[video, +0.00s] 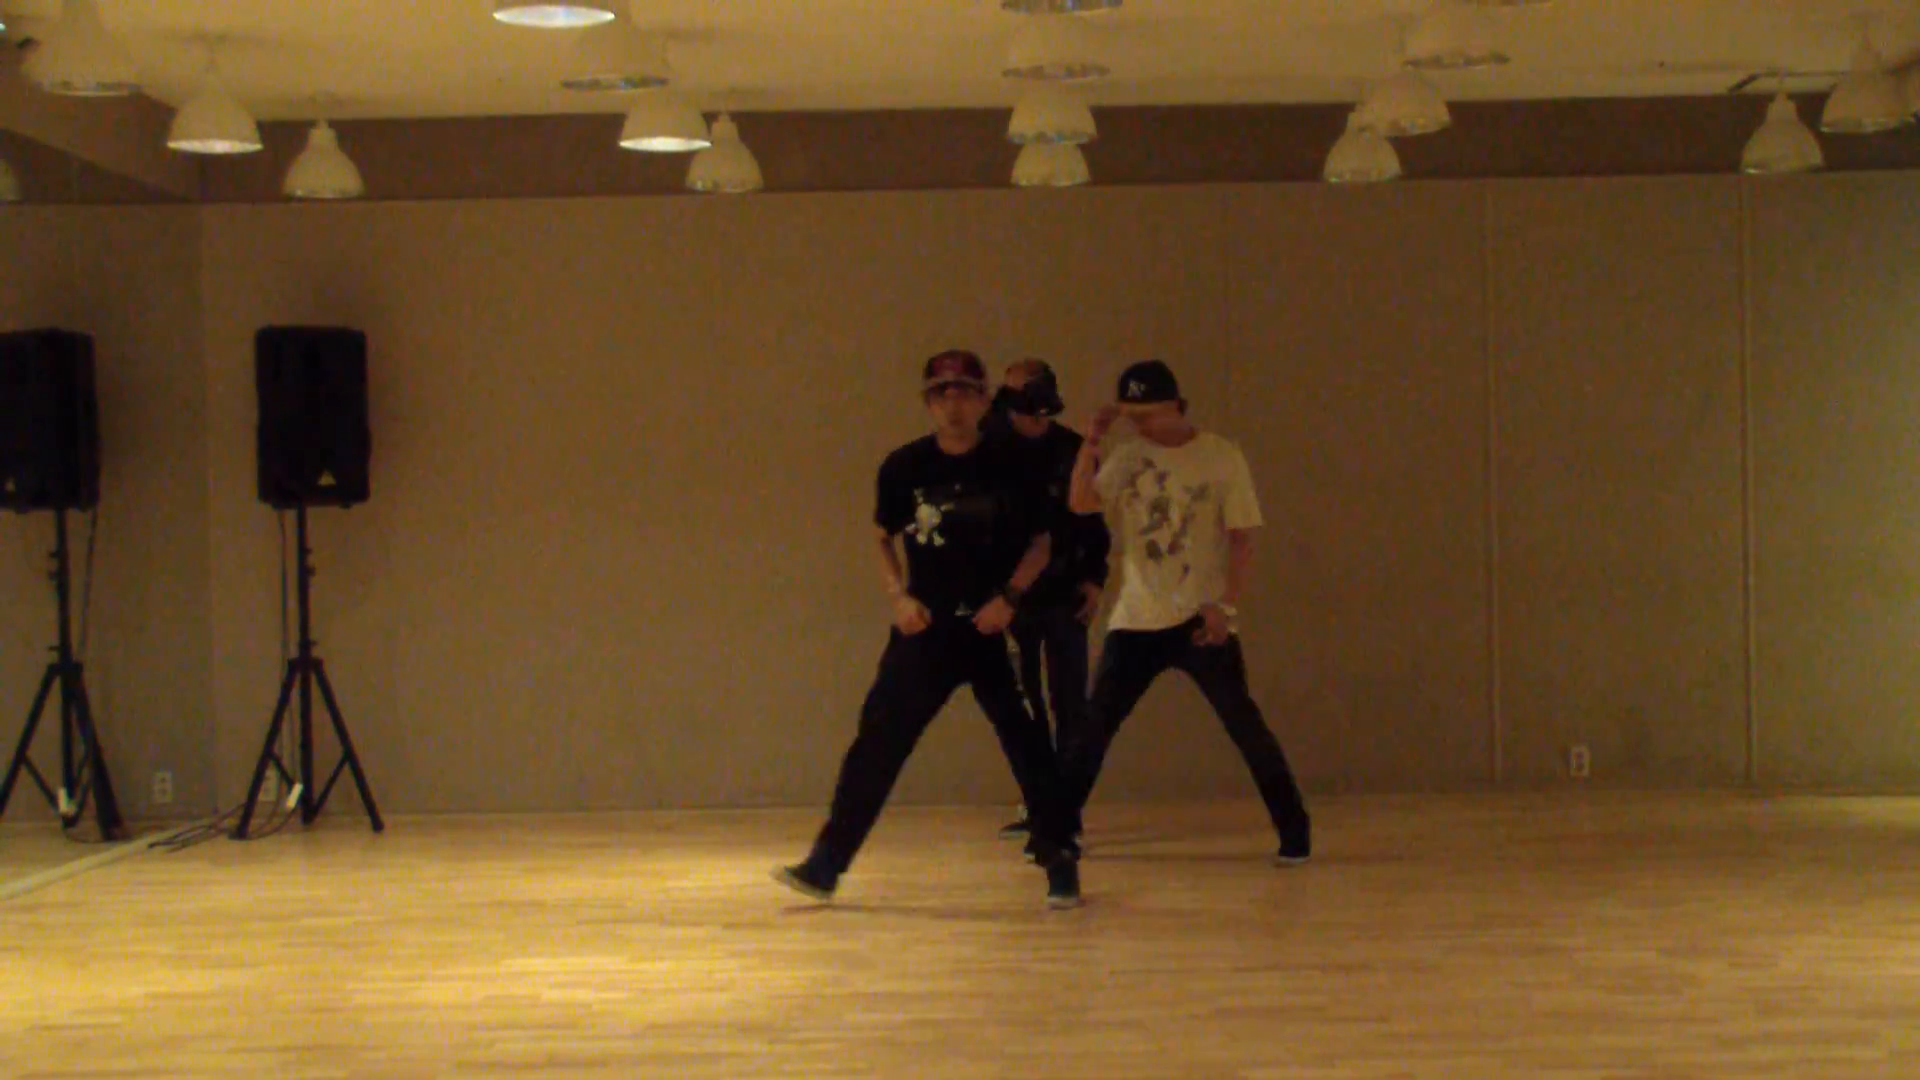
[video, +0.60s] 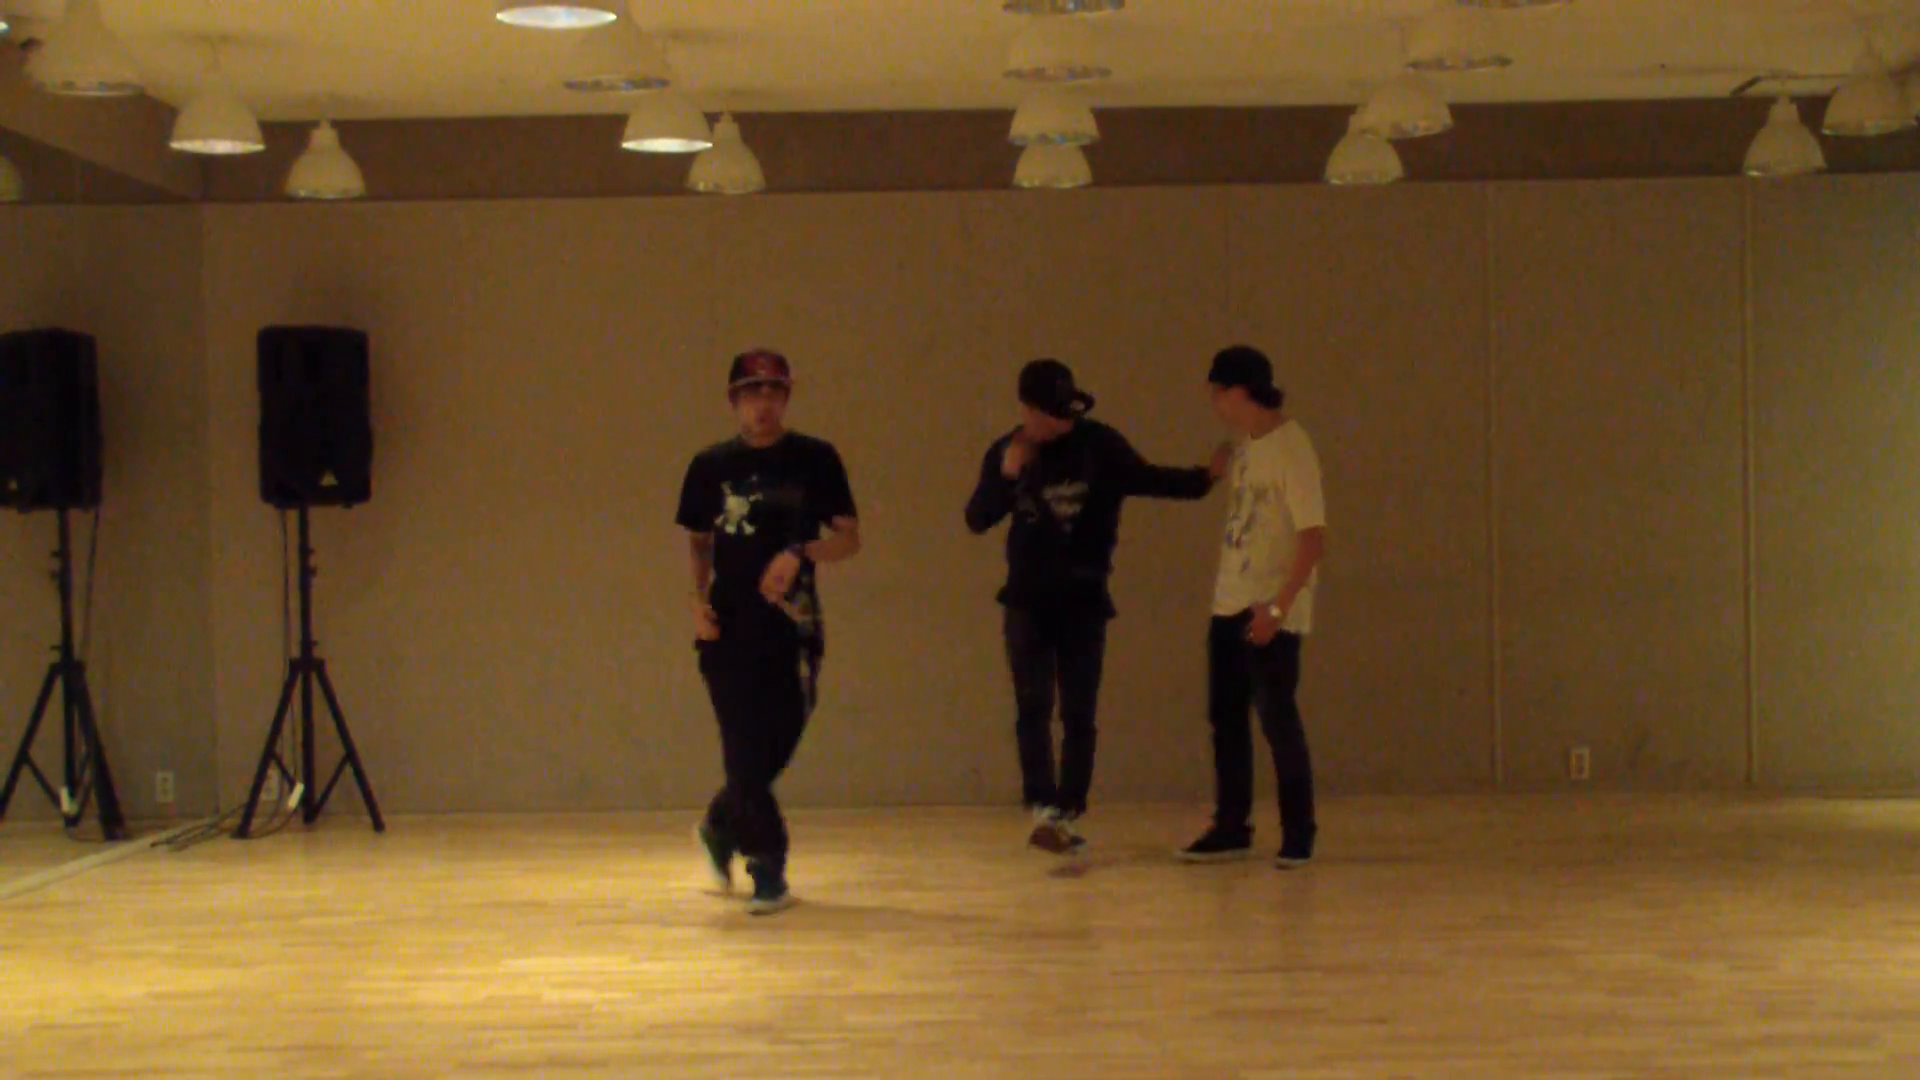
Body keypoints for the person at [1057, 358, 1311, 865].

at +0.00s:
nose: (1138, 425)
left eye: (1146, 414)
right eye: (1132, 416)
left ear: (1175, 406)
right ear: (1127, 414)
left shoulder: (1221, 456)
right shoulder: (1129, 456)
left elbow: (1243, 539)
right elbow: (1080, 502)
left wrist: (1227, 605)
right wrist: (1093, 442)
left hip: (1200, 621)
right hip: (1135, 624)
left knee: (1245, 726)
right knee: (1094, 726)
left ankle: (1293, 829)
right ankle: (1057, 832)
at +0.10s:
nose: (1163, 422)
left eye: (1169, 412)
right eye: (1159, 413)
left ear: (1201, 406)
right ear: (1167, 411)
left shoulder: (1252, 458)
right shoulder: (1168, 457)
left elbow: (1281, 538)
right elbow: (1118, 506)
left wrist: (1254, 609)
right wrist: (1114, 452)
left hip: (1228, 621)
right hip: (1166, 621)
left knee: (1259, 731)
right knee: (1121, 722)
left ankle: (1294, 834)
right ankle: (1080, 823)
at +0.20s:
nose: (1183, 414)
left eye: (1189, 405)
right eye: (1181, 405)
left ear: (1217, 402)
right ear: (1201, 406)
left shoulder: (1273, 459)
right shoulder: (1195, 453)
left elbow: (1304, 543)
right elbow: (1166, 515)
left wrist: (1268, 608)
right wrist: (1132, 482)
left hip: (1245, 619)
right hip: (1186, 615)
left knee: (1267, 728)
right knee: (1146, 714)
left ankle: (1295, 832)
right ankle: (1116, 818)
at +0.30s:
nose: (1196, 412)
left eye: (1201, 402)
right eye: (1195, 402)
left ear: (1228, 402)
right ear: (1221, 404)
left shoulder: (1282, 457)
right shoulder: (1215, 452)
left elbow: (1311, 546)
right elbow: (1205, 509)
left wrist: (1274, 610)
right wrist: (1161, 530)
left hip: (1255, 617)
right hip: (1201, 612)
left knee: (1273, 728)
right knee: (1169, 715)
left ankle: (1296, 834)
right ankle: (1146, 817)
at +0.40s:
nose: (1207, 411)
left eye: (1213, 401)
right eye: (1207, 401)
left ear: (1238, 401)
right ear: (1236, 403)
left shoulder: (1289, 457)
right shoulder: (1229, 453)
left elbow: (1314, 548)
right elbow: (1237, 530)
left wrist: (1274, 611)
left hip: (1265, 617)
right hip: (1215, 610)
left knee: (1276, 727)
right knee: (1192, 716)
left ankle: (1297, 834)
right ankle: (1174, 819)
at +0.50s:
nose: (1212, 409)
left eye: (1218, 399)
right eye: (1212, 399)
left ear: (1244, 398)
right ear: (1241, 400)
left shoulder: (1292, 453)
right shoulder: (1237, 452)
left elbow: (1313, 545)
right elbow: (1243, 527)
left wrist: (1276, 612)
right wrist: (1226, 591)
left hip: (1269, 617)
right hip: (1223, 611)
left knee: (1277, 723)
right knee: (1213, 717)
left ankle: (1297, 832)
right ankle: (1204, 822)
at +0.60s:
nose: (1216, 408)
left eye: (1220, 397)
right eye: (1214, 398)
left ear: (1245, 393)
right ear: (1242, 394)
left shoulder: (1292, 446)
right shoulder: (1245, 449)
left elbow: (1312, 540)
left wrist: (1277, 609)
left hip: (1272, 614)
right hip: (1229, 611)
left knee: (1278, 722)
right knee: (1228, 721)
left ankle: (1298, 832)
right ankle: (1230, 825)